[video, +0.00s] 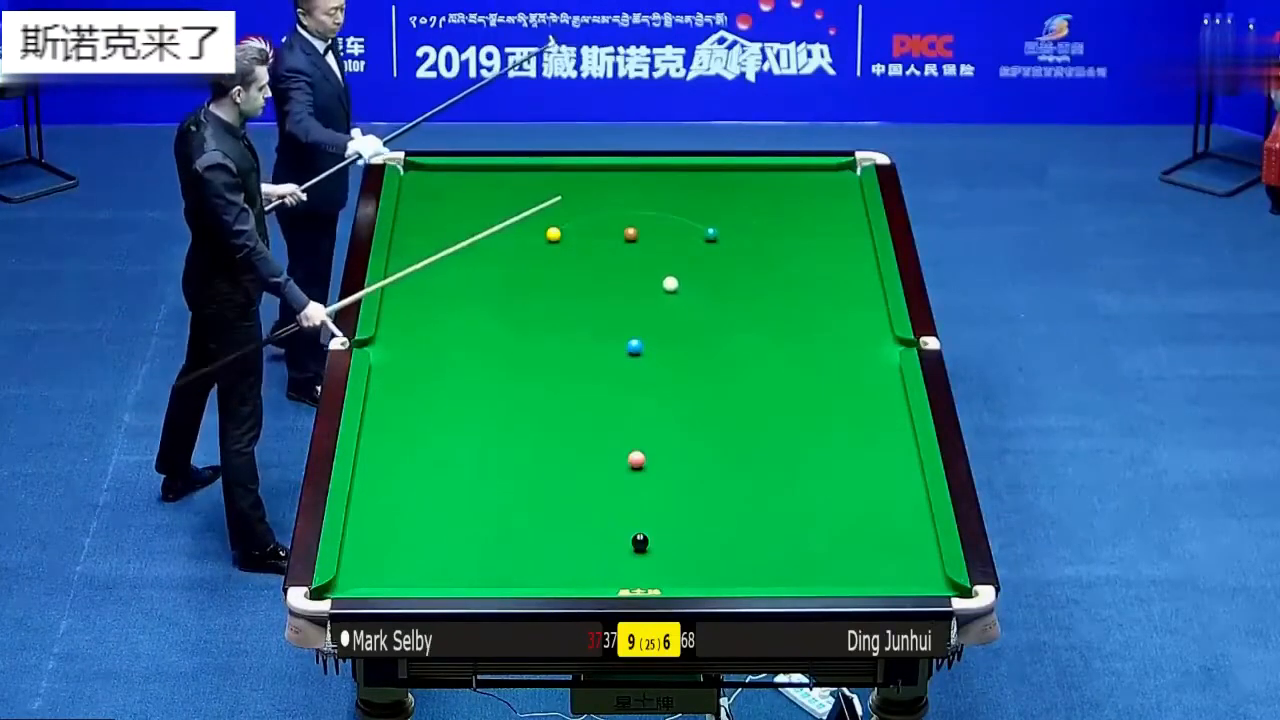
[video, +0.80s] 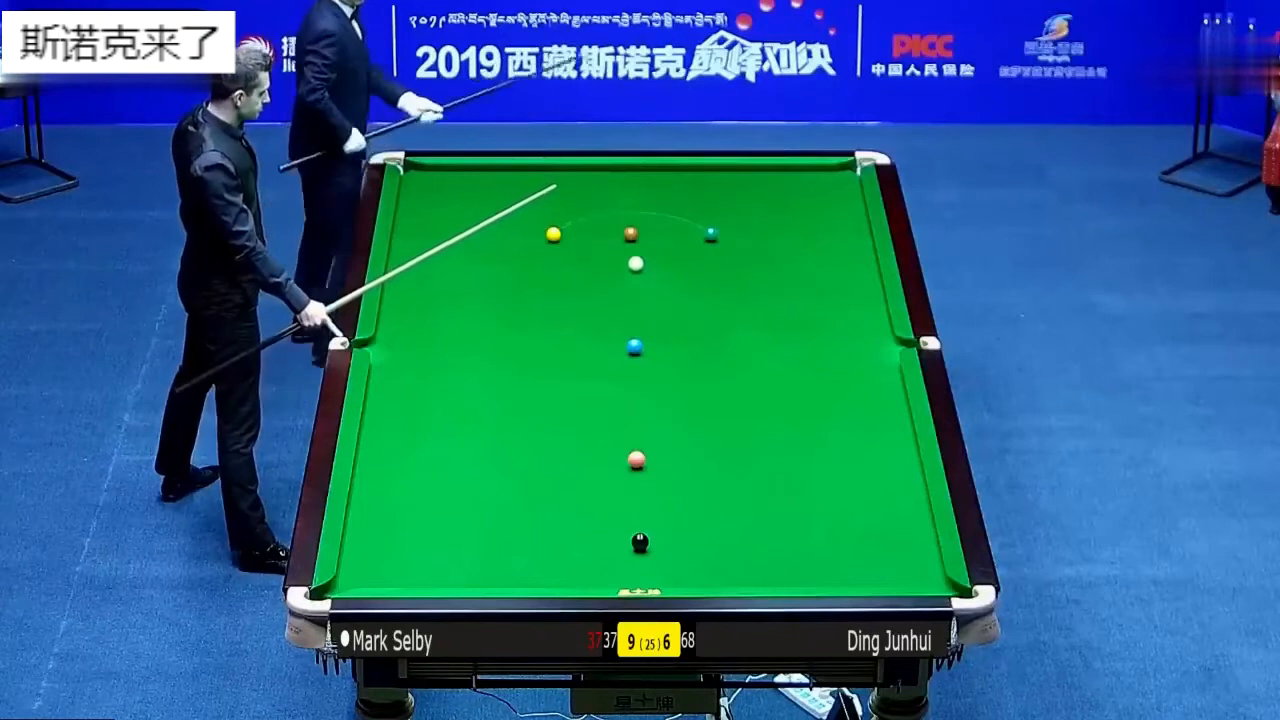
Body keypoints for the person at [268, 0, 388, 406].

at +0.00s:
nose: (339, 15)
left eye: (341, 8)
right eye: (329, 9)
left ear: (344, 10)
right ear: (304, 12)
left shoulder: (324, 48)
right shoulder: (294, 60)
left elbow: (328, 113)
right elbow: (298, 124)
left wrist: (356, 136)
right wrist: (349, 143)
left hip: (322, 187)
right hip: (303, 191)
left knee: (310, 275)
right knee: (310, 285)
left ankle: (288, 333)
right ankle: (303, 380)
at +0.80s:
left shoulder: (345, 19)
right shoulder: (325, 27)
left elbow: (364, 71)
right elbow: (312, 94)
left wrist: (406, 99)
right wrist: (346, 133)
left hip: (336, 148)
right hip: (326, 153)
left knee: (321, 237)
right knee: (340, 242)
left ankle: (305, 320)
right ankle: (325, 334)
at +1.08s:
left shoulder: (374, 14)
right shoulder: (361, 24)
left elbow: (387, 67)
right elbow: (348, 92)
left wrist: (418, 104)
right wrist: (388, 129)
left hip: (362, 140)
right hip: (346, 144)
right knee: (340, 227)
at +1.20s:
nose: (435, 1)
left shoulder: (391, 16)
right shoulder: (395, 26)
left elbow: (401, 82)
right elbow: (389, 98)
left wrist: (423, 112)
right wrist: (426, 138)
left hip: (372, 142)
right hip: (375, 146)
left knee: (363, 227)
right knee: (361, 229)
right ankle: (317, 312)